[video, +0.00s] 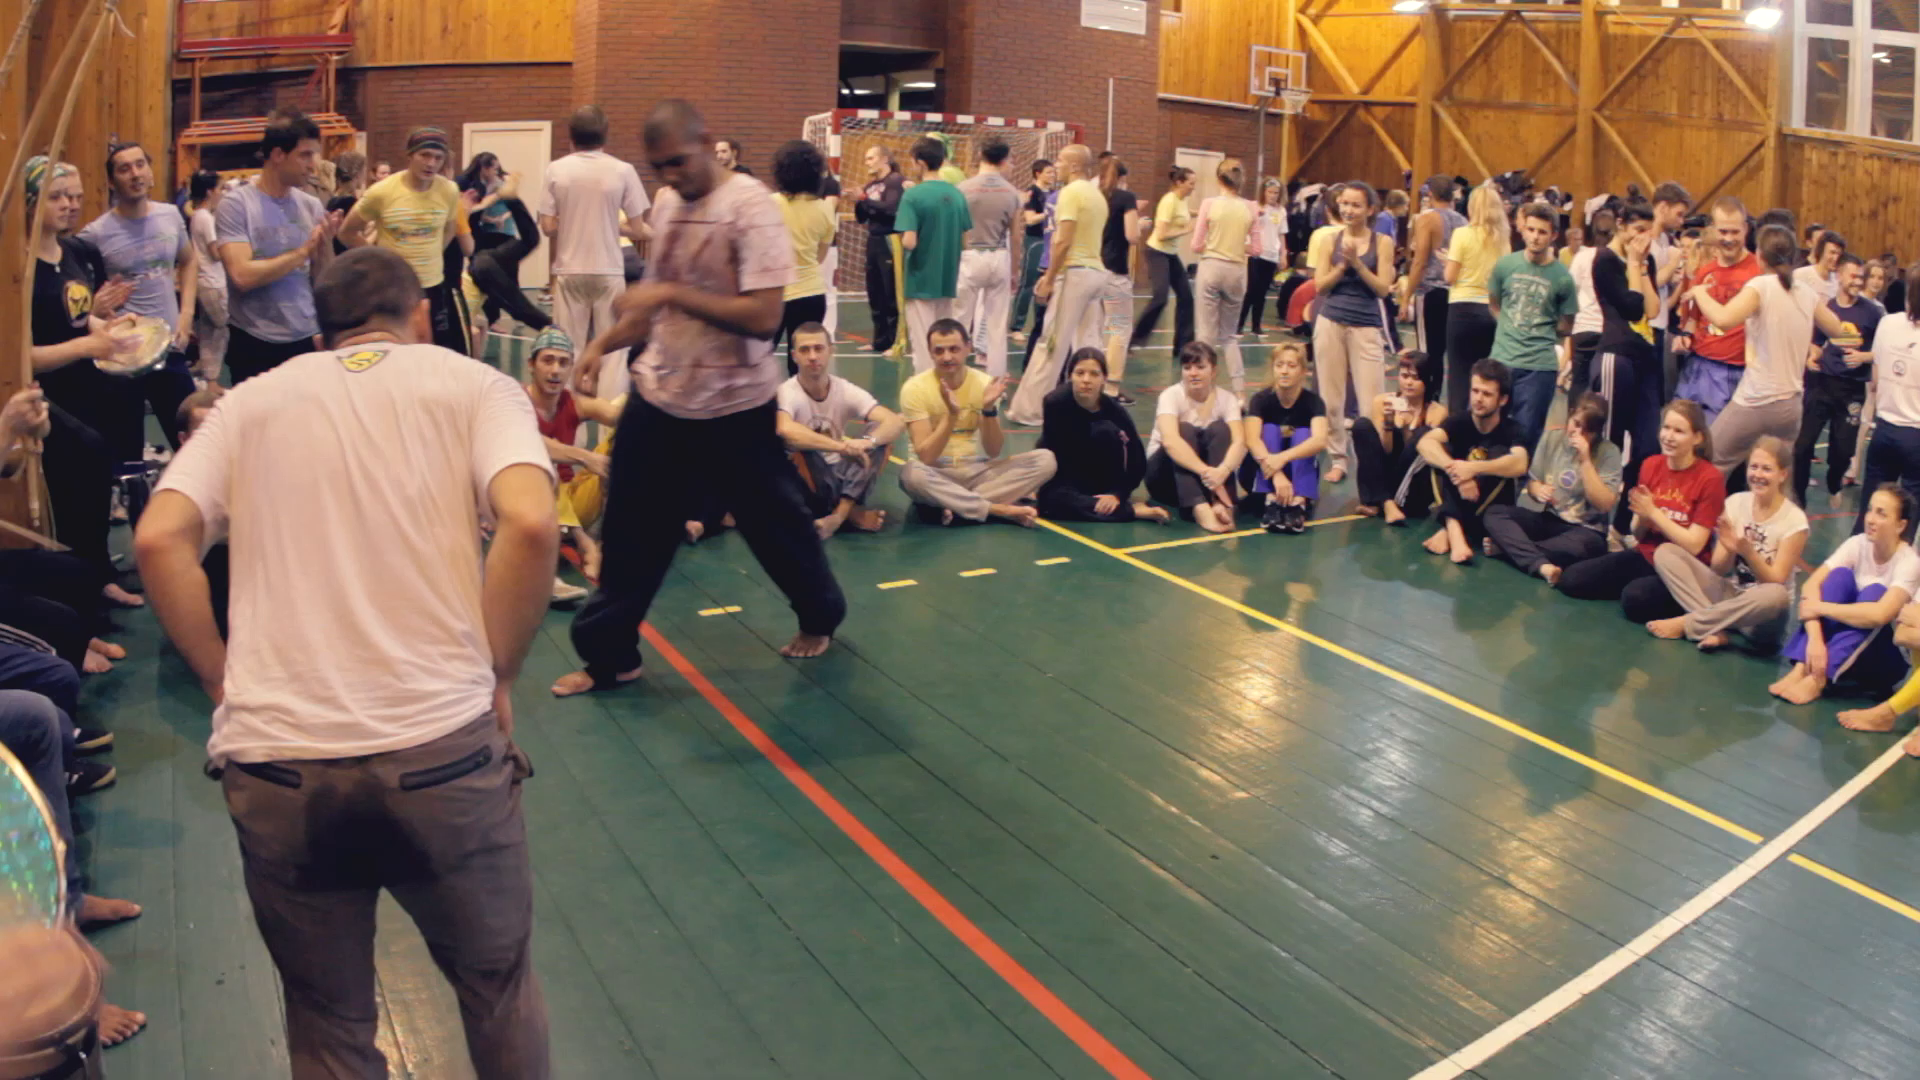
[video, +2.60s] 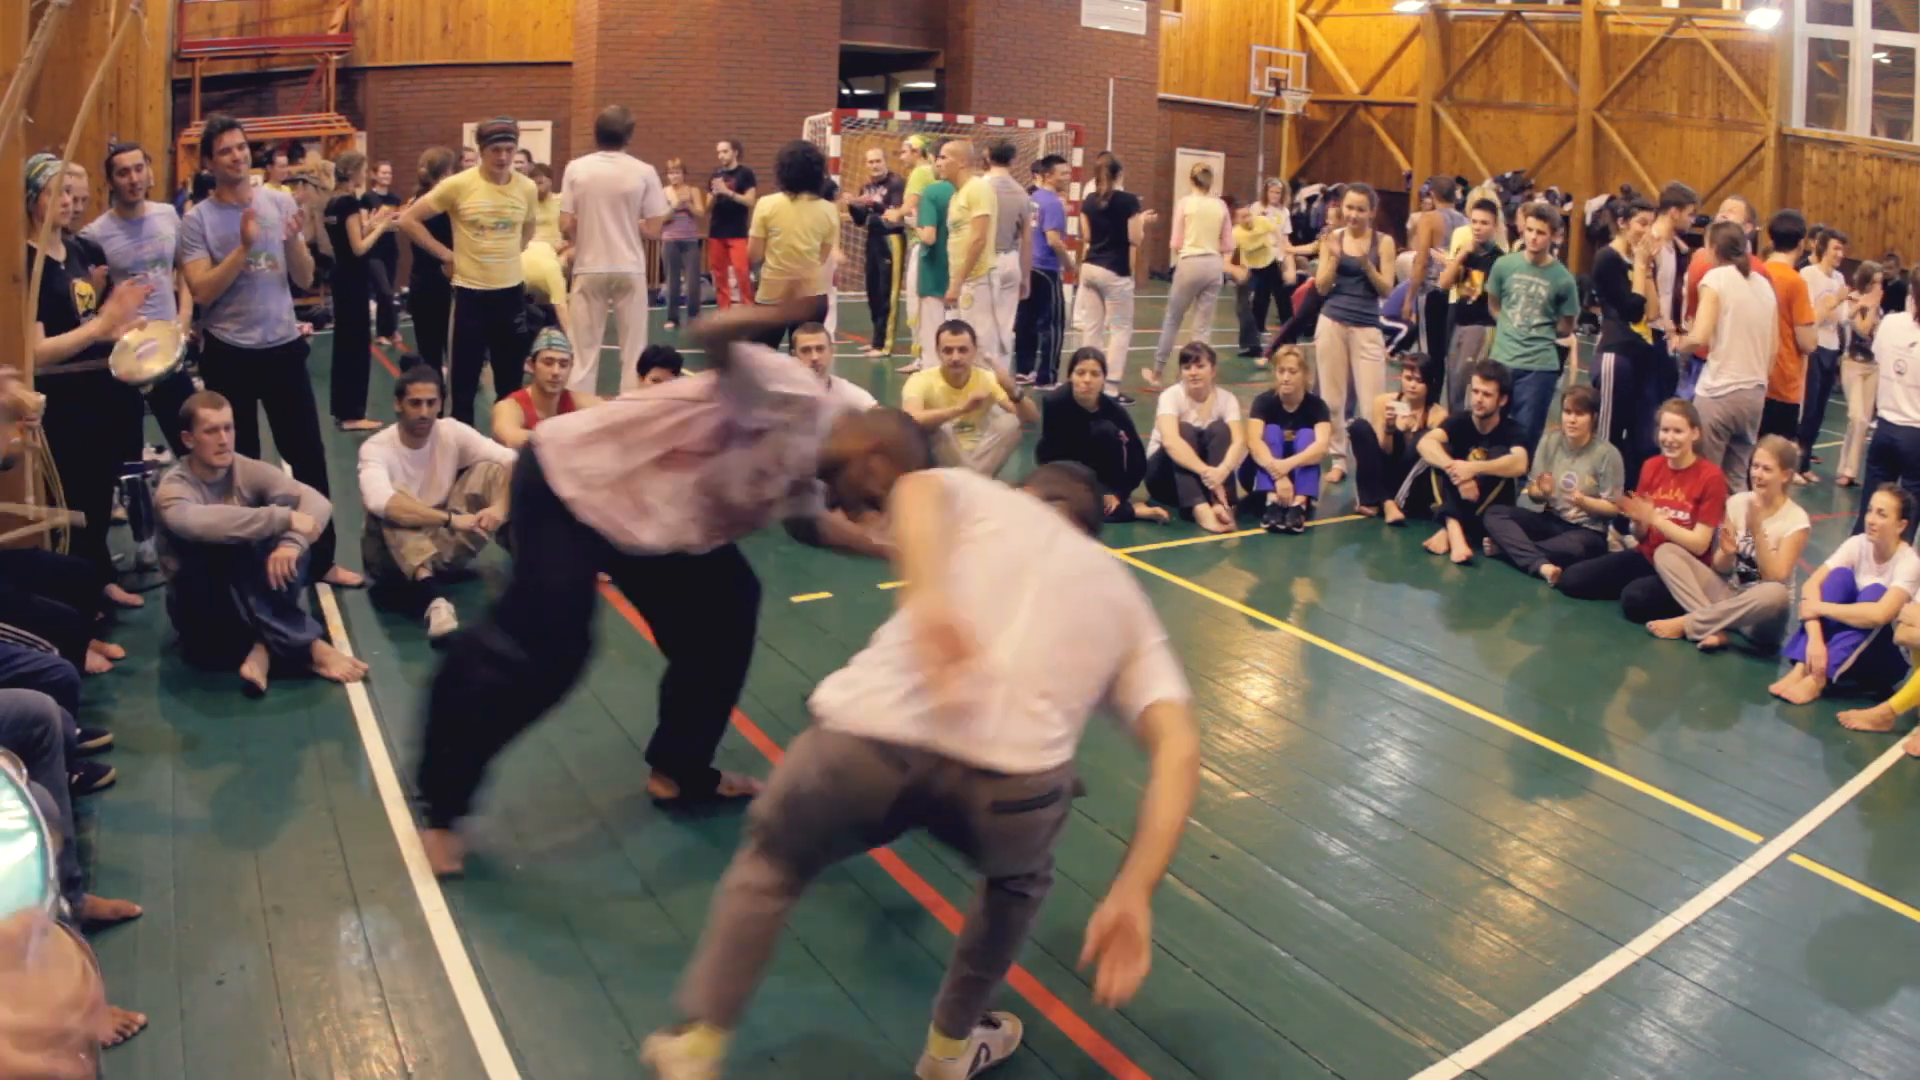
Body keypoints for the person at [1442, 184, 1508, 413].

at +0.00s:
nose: (1468, 209)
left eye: (1470, 205)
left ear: (1472, 207)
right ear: (1498, 208)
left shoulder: (1462, 234)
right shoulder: (1503, 238)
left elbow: (1450, 275)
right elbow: (1505, 274)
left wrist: (1447, 260)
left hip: (1462, 304)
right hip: (1491, 306)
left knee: (1458, 372)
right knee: (1484, 369)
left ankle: (1457, 425)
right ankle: (1483, 426)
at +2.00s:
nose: (1469, 209)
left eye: (1471, 206)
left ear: (1473, 208)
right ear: (1498, 209)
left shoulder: (1464, 233)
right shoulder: (1502, 238)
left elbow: (1453, 274)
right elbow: (1503, 273)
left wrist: (1443, 259)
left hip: (1463, 303)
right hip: (1490, 305)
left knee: (1458, 370)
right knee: (1484, 368)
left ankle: (1456, 424)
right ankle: (1482, 424)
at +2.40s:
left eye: (1469, 205)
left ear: (1472, 207)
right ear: (1494, 207)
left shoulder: (1463, 233)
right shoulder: (1501, 233)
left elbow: (1452, 275)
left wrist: (1447, 260)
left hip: (1462, 300)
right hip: (1489, 300)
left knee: (1458, 364)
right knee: (1477, 361)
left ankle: (1457, 415)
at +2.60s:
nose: (1478, 228)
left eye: (1484, 223)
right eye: (1474, 222)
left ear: (1495, 226)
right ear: (1469, 223)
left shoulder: (1499, 257)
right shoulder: (1463, 254)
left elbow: (1502, 291)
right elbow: (1443, 283)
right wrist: (1460, 257)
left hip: (1486, 320)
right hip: (1462, 319)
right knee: (1456, 373)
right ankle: (1454, 416)